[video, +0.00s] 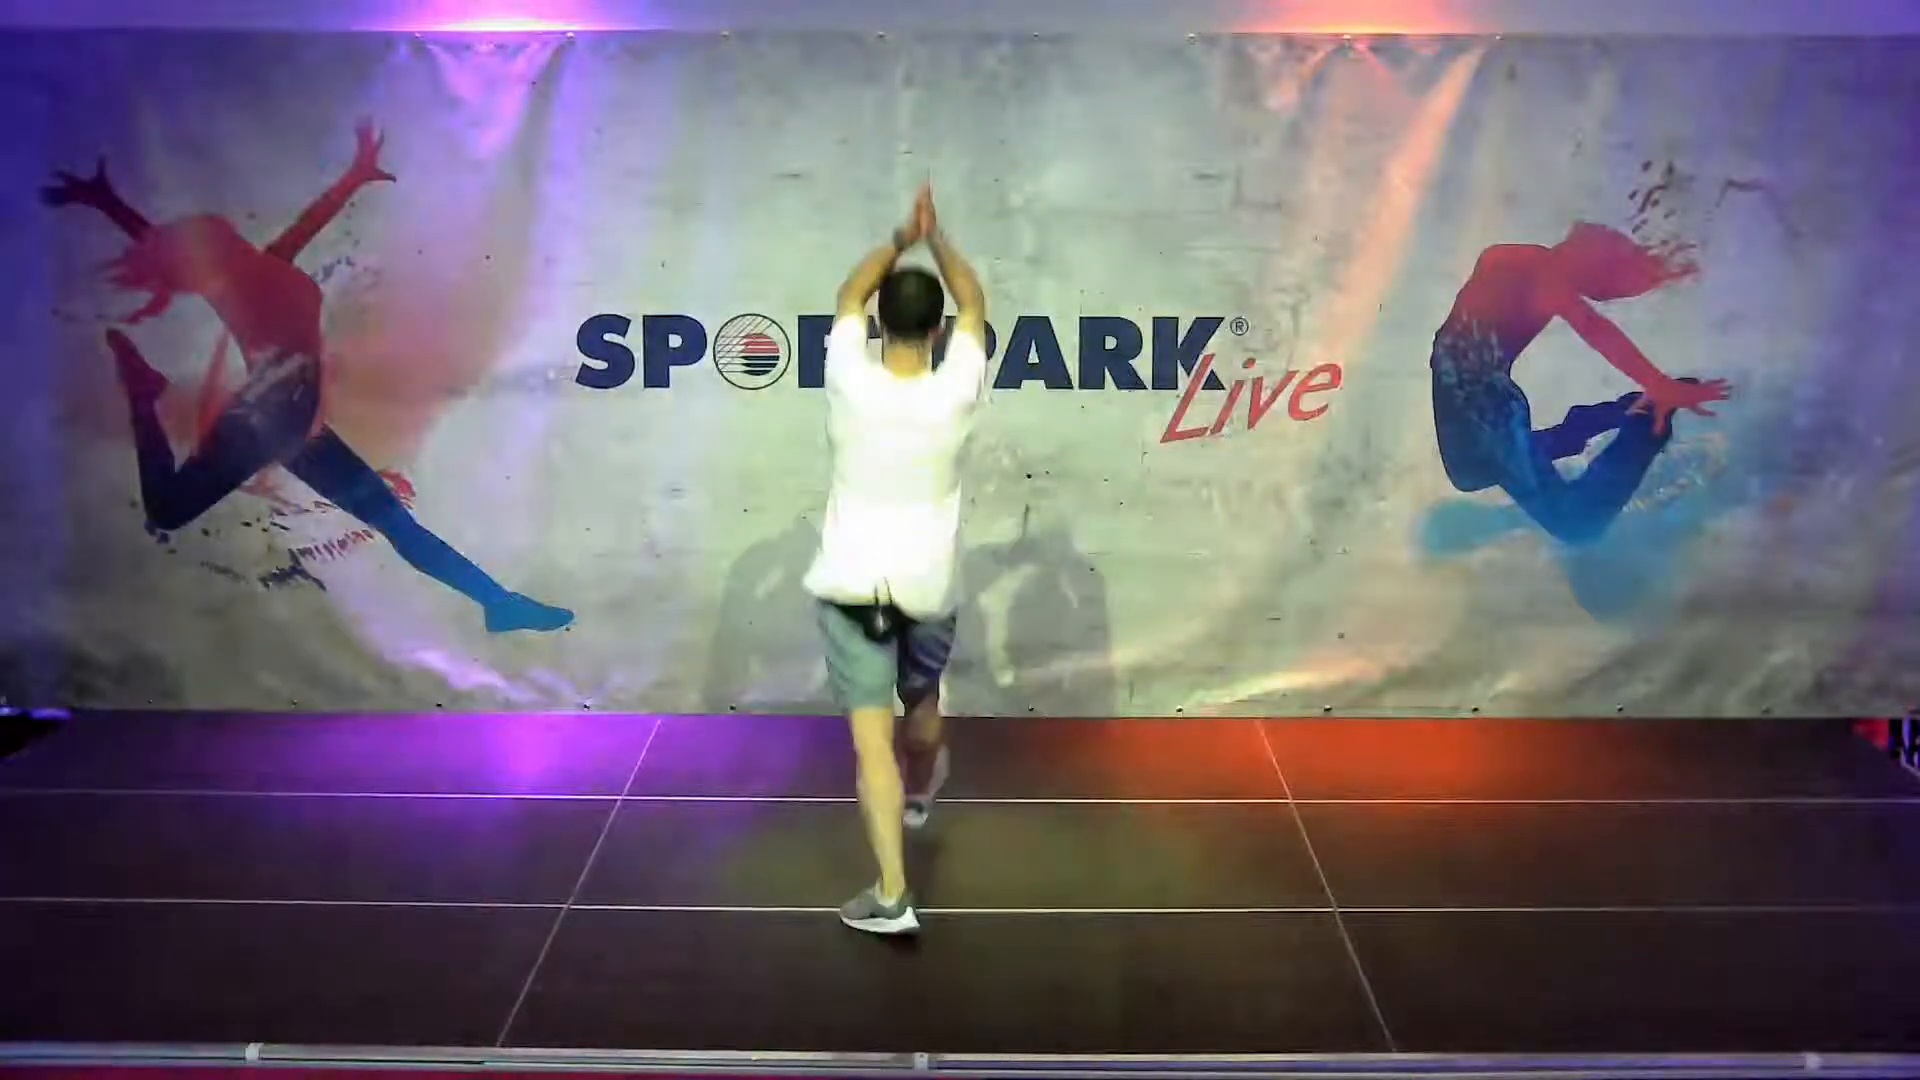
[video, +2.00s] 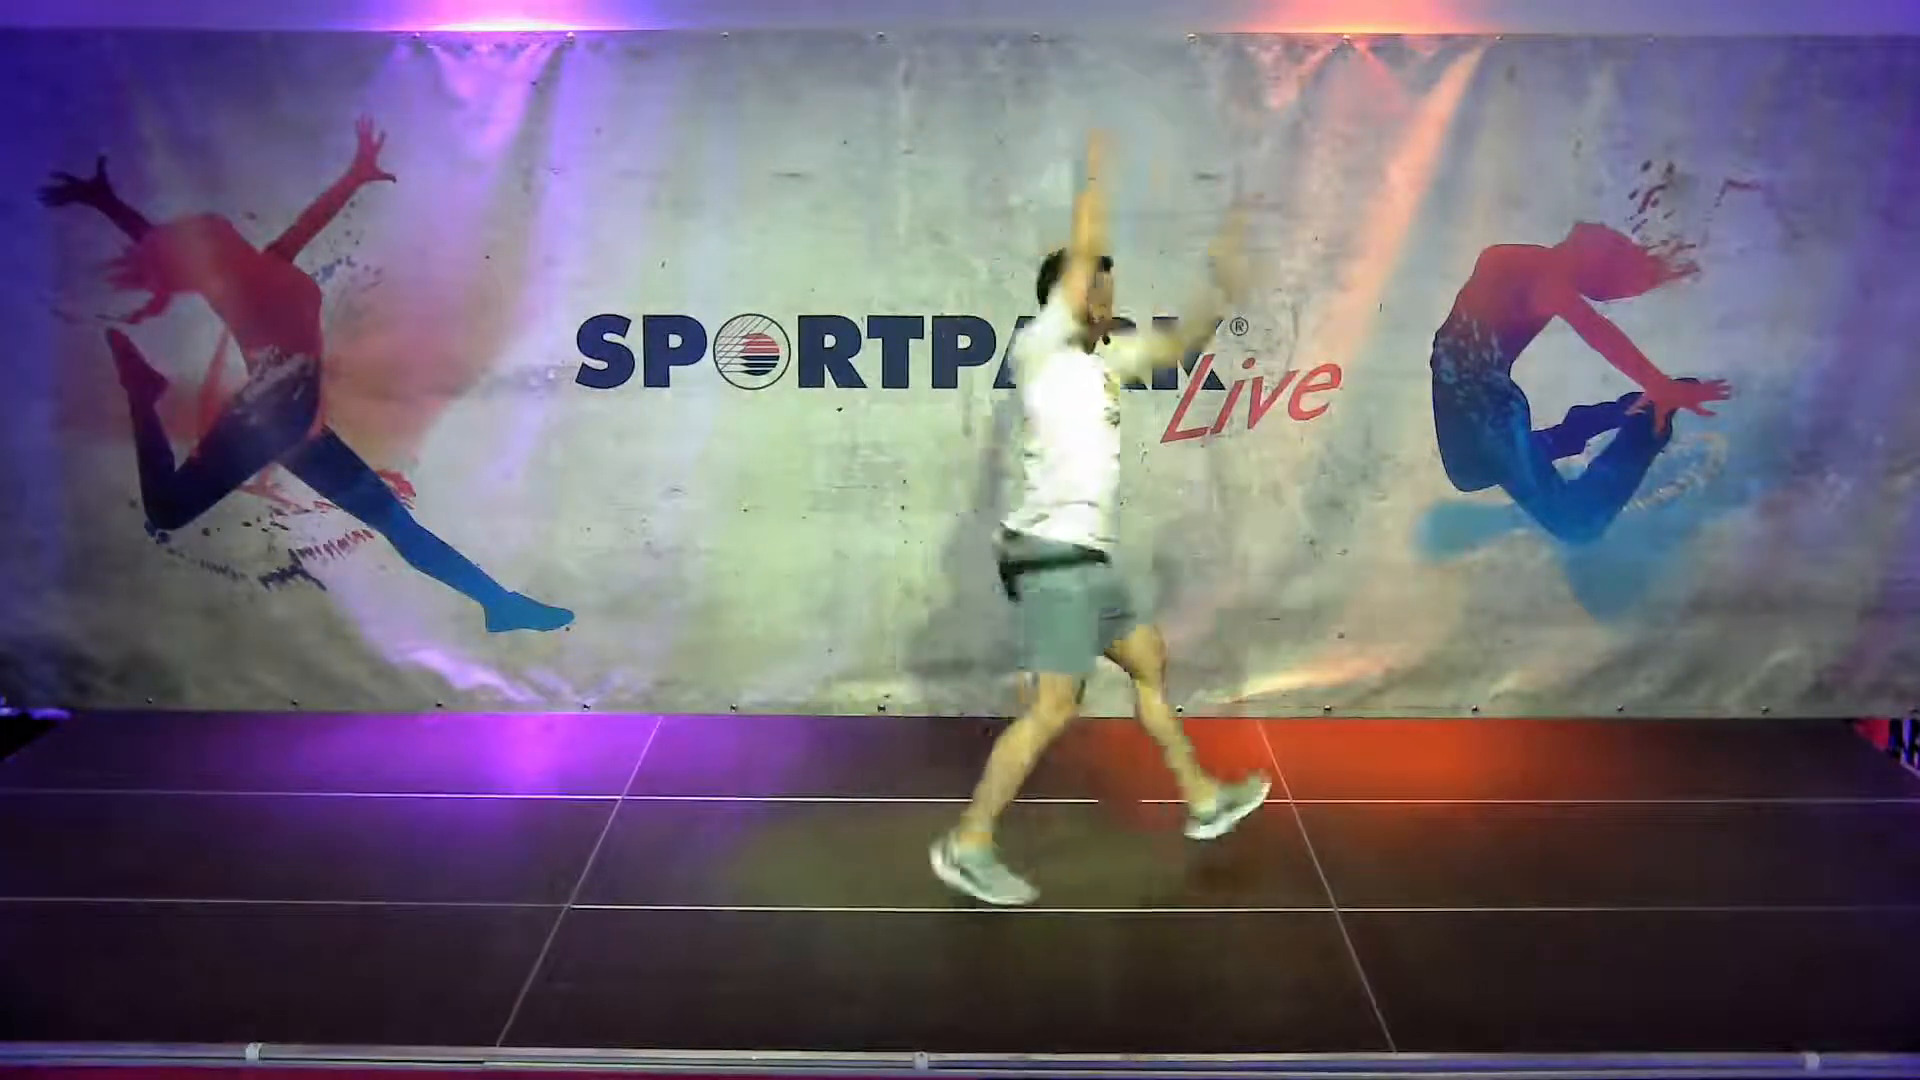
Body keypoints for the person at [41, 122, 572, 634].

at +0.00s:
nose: (184, 286)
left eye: (183, 267)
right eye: (178, 269)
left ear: (209, 255)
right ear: (203, 256)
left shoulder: (267, 268)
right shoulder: (237, 277)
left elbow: (309, 221)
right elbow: (157, 247)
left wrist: (358, 175)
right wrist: (104, 201)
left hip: (302, 428)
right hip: (261, 423)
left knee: (390, 516)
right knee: (166, 511)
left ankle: (500, 603)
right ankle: (142, 394)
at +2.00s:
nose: (182, 280)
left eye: (179, 261)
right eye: (177, 261)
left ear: (204, 250)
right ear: (198, 249)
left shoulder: (264, 268)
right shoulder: (229, 274)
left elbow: (308, 223)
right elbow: (159, 244)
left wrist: (358, 175)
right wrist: (105, 202)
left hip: (298, 426)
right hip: (264, 419)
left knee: (388, 515)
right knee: (166, 511)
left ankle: (500, 602)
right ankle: (143, 396)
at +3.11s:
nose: (185, 281)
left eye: (182, 262)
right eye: (181, 263)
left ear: (206, 253)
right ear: (196, 258)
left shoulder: (266, 267)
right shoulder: (234, 276)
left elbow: (308, 223)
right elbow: (153, 242)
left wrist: (357, 176)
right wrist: (99, 197)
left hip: (298, 426)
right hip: (262, 421)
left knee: (387, 515)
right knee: (166, 510)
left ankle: (500, 602)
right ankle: (140, 390)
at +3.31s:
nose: (183, 282)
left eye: (181, 263)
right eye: (180, 263)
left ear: (205, 253)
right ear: (195, 257)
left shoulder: (267, 267)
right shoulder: (233, 277)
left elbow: (309, 222)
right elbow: (153, 243)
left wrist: (357, 176)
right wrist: (100, 197)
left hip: (298, 426)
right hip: (261, 422)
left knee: (386, 514)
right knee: (166, 510)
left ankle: (500, 602)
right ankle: (141, 392)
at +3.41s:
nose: (181, 283)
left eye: (180, 263)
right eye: (178, 264)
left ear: (204, 254)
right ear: (195, 257)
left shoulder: (267, 267)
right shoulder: (231, 274)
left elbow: (309, 222)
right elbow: (153, 242)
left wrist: (357, 176)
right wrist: (99, 197)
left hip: (298, 425)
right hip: (261, 421)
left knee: (387, 514)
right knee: (166, 511)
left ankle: (500, 602)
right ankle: (141, 393)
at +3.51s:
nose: (182, 280)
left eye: (179, 262)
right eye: (177, 263)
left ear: (203, 254)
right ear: (193, 257)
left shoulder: (267, 267)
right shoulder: (230, 274)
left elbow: (309, 222)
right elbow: (153, 241)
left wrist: (357, 175)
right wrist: (99, 196)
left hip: (297, 426)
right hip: (262, 421)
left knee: (386, 513)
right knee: (166, 511)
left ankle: (500, 602)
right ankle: (141, 392)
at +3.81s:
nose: (194, 276)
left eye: (193, 260)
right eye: (191, 259)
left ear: (212, 254)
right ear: (198, 260)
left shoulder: (272, 269)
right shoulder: (231, 278)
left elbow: (309, 222)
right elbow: (151, 241)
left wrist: (359, 174)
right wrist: (98, 196)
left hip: (302, 428)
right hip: (259, 425)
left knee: (394, 518)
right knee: (167, 508)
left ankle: (499, 601)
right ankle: (141, 393)